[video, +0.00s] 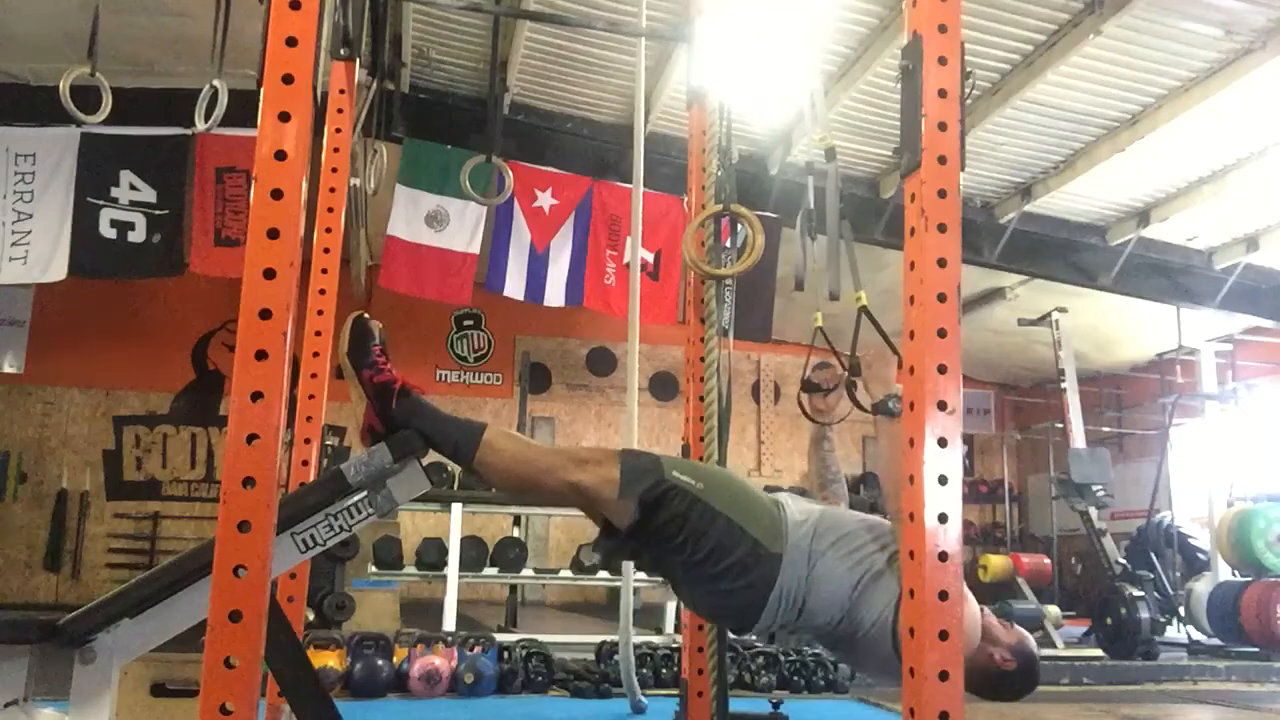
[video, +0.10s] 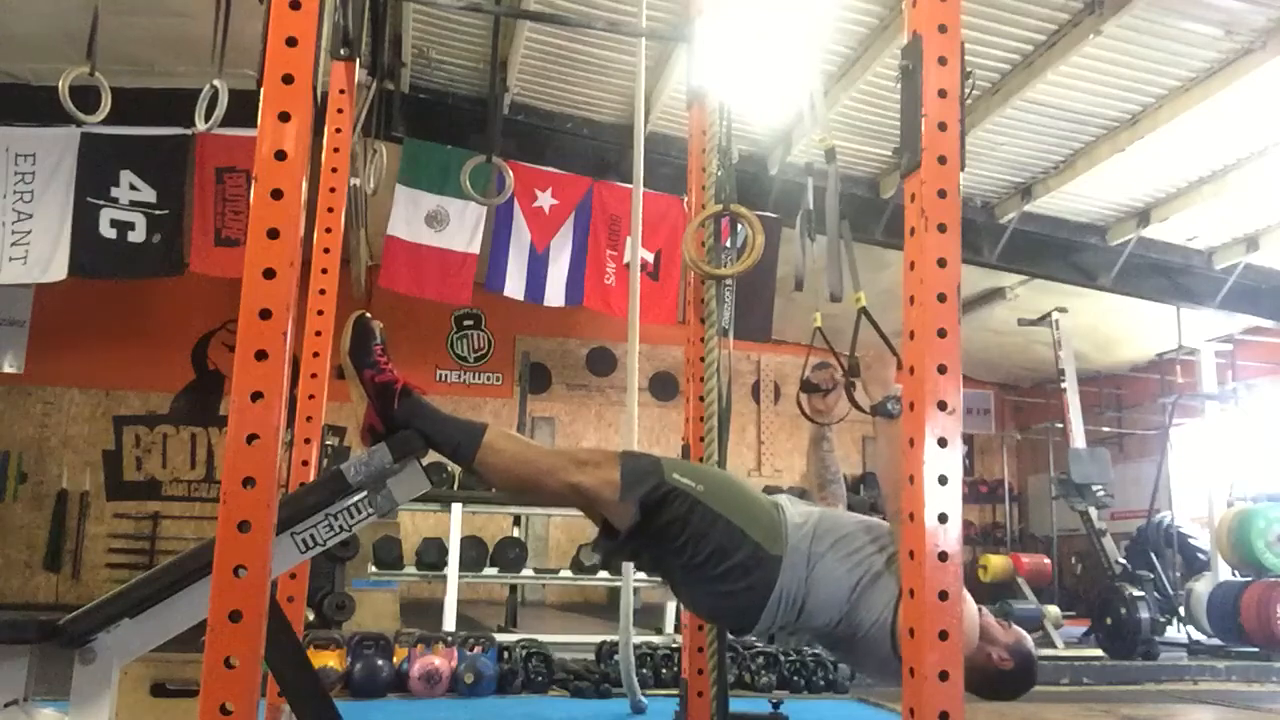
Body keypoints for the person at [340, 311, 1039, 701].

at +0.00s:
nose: (1000, 630)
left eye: (1005, 646)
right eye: (1011, 633)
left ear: (988, 665)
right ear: (995, 632)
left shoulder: (948, 624)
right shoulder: (926, 635)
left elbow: (925, 519)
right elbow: (889, 518)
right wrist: (841, 416)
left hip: (766, 556)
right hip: (761, 537)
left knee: (601, 473)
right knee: (589, 478)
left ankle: (402, 407)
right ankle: (416, 428)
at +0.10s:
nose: (997, 630)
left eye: (1003, 646)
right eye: (1008, 631)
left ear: (983, 668)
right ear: (991, 623)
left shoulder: (943, 632)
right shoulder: (931, 592)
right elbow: (870, 506)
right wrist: (836, 417)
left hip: (767, 556)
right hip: (759, 548)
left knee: (604, 476)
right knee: (587, 484)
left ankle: (405, 409)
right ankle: (410, 422)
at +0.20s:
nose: (997, 632)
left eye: (1002, 650)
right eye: (1007, 632)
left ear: (979, 672)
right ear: (991, 622)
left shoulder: (937, 649)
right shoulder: (938, 591)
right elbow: (899, 503)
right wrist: (847, 414)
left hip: (766, 563)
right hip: (759, 535)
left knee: (605, 476)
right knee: (587, 485)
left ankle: (404, 409)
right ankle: (408, 424)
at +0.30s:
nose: (992, 634)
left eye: (997, 652)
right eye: (1002, 634)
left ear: (977, 671)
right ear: (988, 619)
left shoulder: (935, 653)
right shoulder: (938, 596)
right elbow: (915, 510)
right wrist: (894, 419)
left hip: (766, 565)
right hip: (760, 532)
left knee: (608, 478)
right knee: (584, 487)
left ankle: (403, 408)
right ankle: (408, 428)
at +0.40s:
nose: (988, 630)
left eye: (993, 647)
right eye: (998, 632)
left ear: (975, 664)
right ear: (984, 623)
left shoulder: (938, 644)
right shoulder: (934, 609)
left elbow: (927, 521)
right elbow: (913, 509)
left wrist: (912, 417)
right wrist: (898, 419)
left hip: (765, 555)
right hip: (758, 561)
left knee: (598, 476)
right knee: (581, 490)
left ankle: (403, 407)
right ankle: (410, 431)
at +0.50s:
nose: (987, 628)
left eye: (992, 643)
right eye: (998, 632)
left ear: (973, 658)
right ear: (978, 636)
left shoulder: (941, 622)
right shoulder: (919, 641)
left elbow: (924, 516)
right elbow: (910, 511)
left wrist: (903, 414)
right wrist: (896, 419)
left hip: (765, 550)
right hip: (755, 577)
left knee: (598, 477)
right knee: (582, 491)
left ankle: (404, 408)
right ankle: (412, 437)